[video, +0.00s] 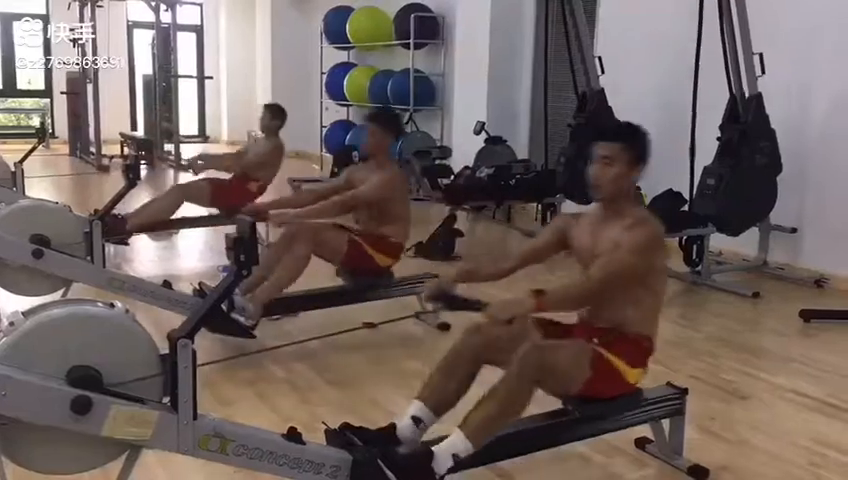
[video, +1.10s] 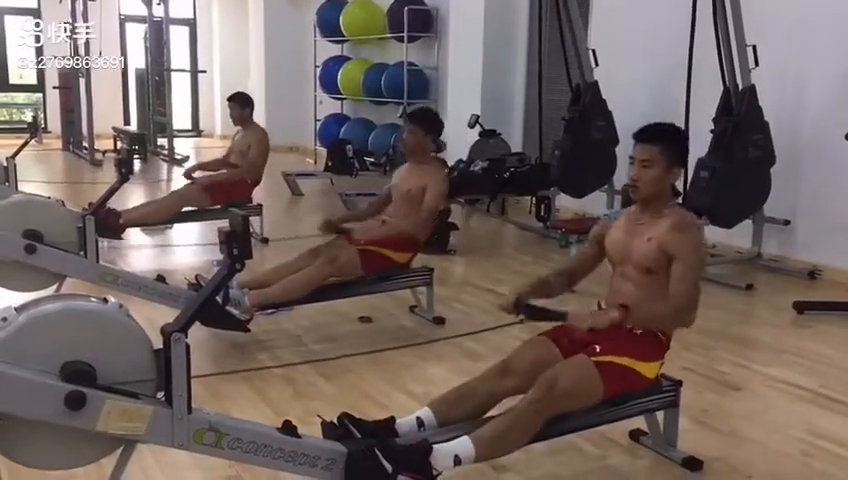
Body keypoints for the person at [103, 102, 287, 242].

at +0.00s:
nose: (261, 120)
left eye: (265, 117)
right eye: (263, 116)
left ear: (275, 123)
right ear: (270, 121)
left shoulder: (271, 146)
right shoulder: (261, 141)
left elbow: (237, 164)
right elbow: (233, 157)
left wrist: (204, 163)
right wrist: (205, 158)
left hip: (239, 195)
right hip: (234, 188)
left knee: (181, 190)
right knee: (179, 189)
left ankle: (127, 225)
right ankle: (127, 221)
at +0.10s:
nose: (272, 130)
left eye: (275, 128)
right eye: (273, 127)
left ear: (284, 131)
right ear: (284, 131)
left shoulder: (281, 155)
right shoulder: (272, 149)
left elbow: (250, 167)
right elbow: (249, 164)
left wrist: (221, 165)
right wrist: (222, 164)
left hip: (240, 194)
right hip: (236, 187)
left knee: (182, 195)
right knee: (180, 193)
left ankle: (126, 227)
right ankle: (127, 221)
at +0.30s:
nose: (274, 135)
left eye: (277, 131)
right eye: (275, 131)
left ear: (284, 135)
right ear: (287, 135)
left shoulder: (287, 161)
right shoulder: (281, 155)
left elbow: (295, 192)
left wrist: (267, 161)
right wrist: (254, 158)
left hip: (236, 192)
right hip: (231, 185)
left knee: (178, 192)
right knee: (177, 189)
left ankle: (122, 225)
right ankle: (122, 220)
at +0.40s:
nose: (269, 136)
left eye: (272, 132)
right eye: (270, 131)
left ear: (280, 135)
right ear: (283, 135)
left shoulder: (285, 160)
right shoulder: (279, 153)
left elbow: (291, 193)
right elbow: (266, 162)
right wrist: (255, 156)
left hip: (233, 192)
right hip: (229, 185)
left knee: (176, 191)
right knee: (176, 188)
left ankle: (120, 225)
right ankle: (119, 220)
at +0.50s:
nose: (265, 133)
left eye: (268, 129)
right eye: (265, 129)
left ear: (280, 132)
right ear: (271, 131)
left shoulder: (285, 158)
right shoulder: (269, 151)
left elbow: (285, 190)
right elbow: (257, 171)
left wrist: (259, 167)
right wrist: (241, 160)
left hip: (232, 193)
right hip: (226, 184)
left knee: (175, 191)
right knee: (173, 187)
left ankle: (119, 225)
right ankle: (117, 218)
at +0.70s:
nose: (255, 126)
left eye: (258, 123)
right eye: (255, 122)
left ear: (271, 125)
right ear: (261, 124)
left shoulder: (275, 151)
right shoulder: (260, 145)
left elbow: (268, 184)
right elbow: (245, 171)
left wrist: (232, 166)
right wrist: (223, 165)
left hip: (235, 191)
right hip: (227, 184)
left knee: (175, 191)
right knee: (172, 188)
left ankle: (117, 225)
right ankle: (117, 217)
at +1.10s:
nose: (231, 114)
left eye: (234, 110)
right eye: (230, 110)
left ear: (247, 110)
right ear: (236, 111)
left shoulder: (257, 135)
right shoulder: (240, 134)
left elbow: (251, 172)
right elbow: (226, 162)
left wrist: (214, 179)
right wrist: (197, 167)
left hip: (240, 188)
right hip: (228, 183)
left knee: (182, 196)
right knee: (179, 194)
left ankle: (120, 222)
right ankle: (119, 218)